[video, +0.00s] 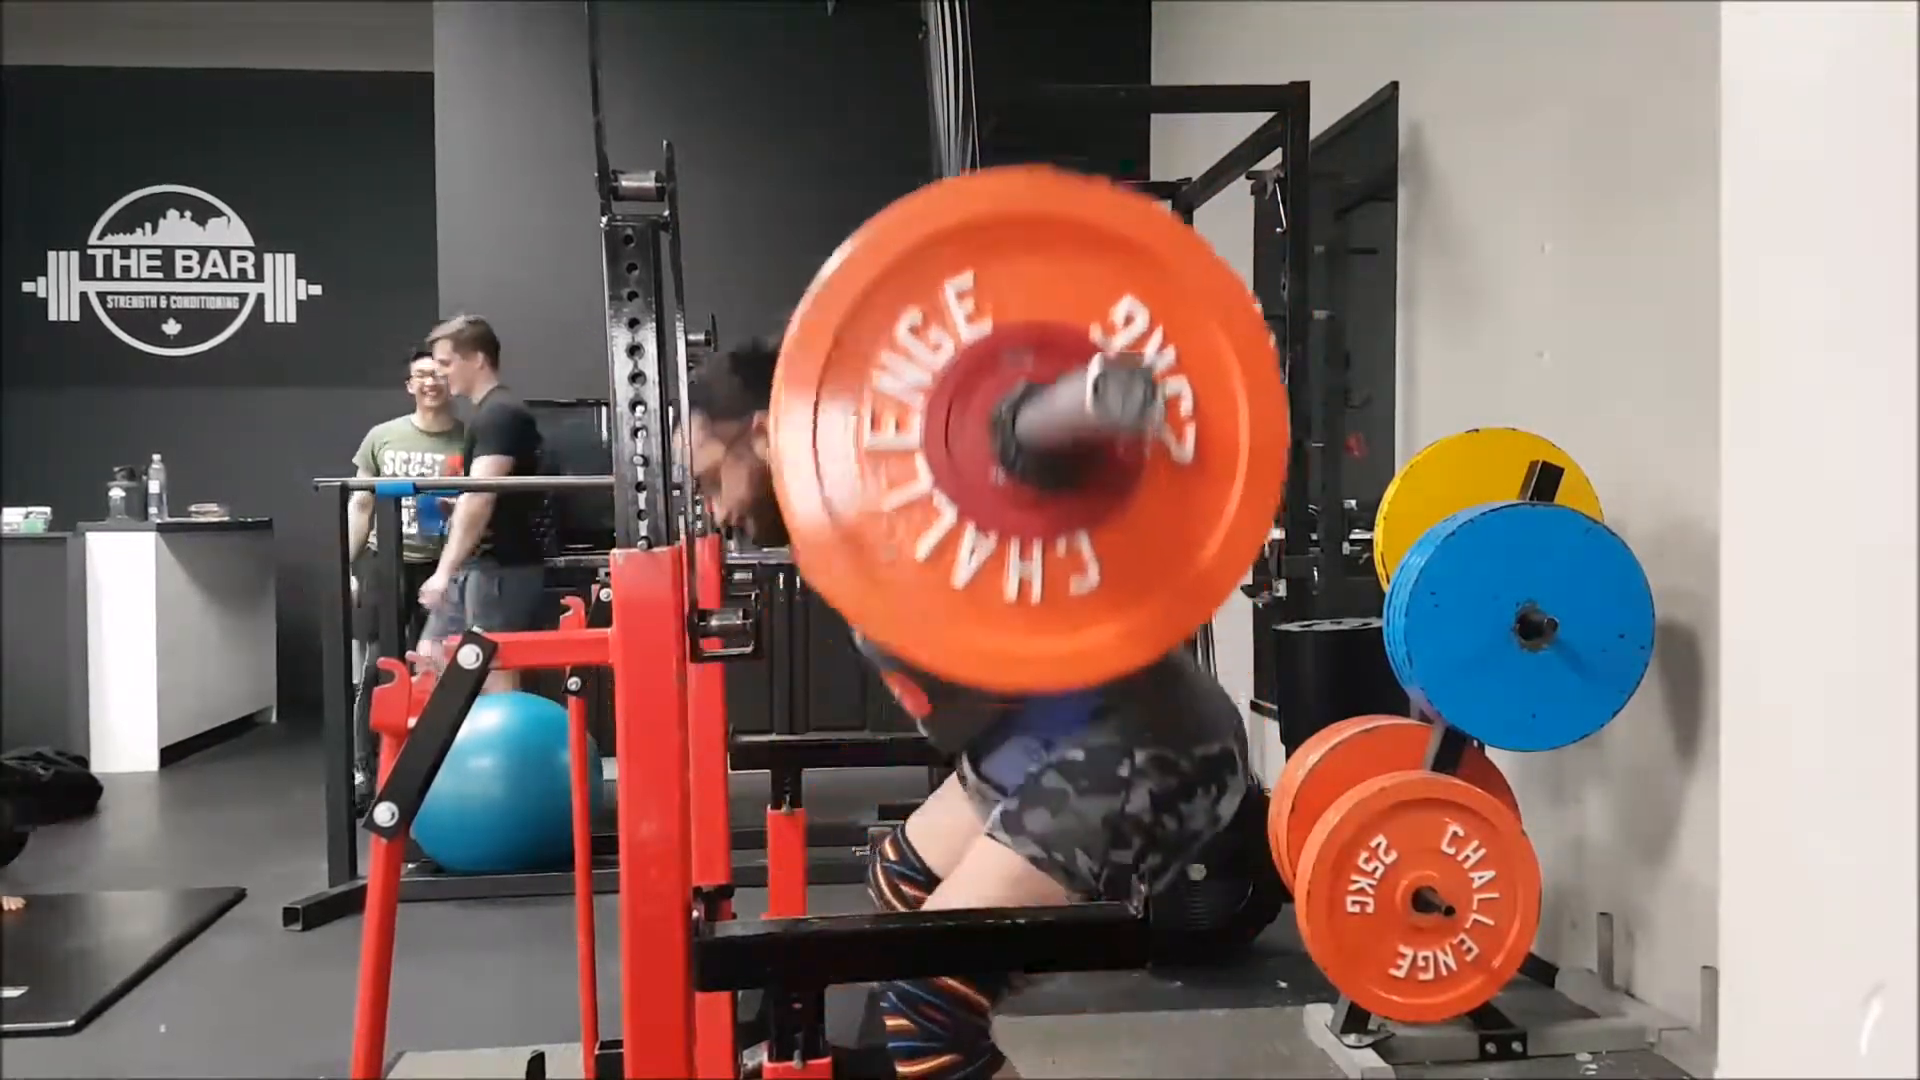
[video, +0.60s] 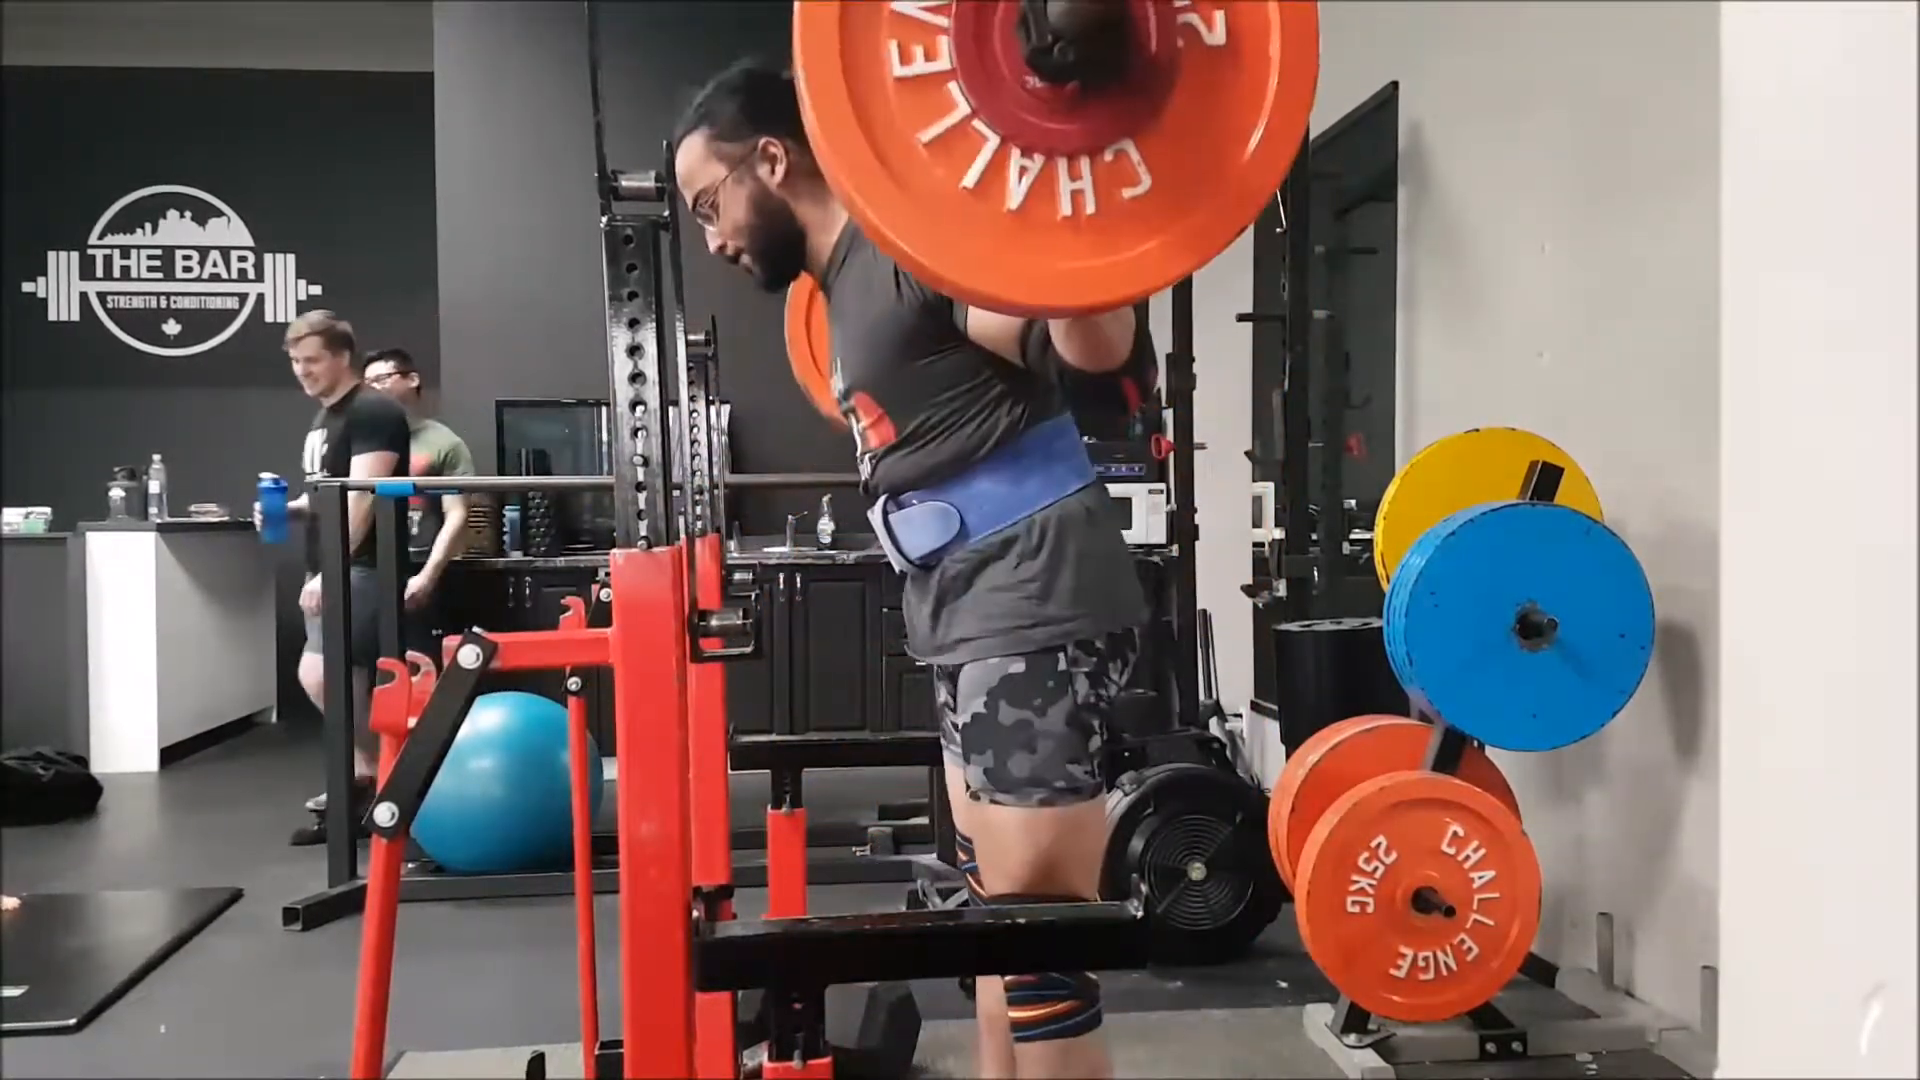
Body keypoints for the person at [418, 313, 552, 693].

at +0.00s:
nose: (440, 372)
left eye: (447, 362)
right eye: (439, 364)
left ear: (477, 360)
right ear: (473, 362)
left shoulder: (500, 414)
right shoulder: (487, 413)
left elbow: (479, 499)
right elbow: (479, 497)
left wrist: (443, 573)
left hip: (501, 570)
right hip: (481, 568)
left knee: (497, 687)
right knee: (432, 665)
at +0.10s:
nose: (415, 373)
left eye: (423, 362)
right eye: (413, 364)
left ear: (456, 360)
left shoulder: (480, 413)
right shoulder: (462, 415)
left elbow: (450, 498)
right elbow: (442, 497)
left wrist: (407, 556)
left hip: (485, 566)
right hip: (450, 564)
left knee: (485, 678)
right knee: (415, 652)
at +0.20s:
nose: (392, 376)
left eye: (398, 365)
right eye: (390, 368)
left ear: (432, 362)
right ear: (429, 363)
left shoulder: (457, 416)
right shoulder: (433, 421)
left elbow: (429, 501)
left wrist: (382, 545)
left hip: (464, 573)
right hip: (426, 573)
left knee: (471, 692)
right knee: (422, 688)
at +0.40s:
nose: (403, 385)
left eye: (411, 376)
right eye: (398, 379)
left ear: (439, 380)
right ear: (392, 383)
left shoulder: (469, 445)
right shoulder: (392, 447)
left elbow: (489, 515)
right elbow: (377, 513)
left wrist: (488, 583)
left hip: (453, 570)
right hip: (399, 573)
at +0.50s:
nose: (389, 388)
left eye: (396, 378)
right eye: (383, 382)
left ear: (425, 379)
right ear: (378, 387)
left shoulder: (459, 444)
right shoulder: (378, 445)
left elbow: (472, 514)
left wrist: (457, 580)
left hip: (434, 568)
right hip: (383, 568)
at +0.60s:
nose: (374, 388)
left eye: (383, 378)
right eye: (369, 383)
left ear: (413, 381)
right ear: (364, 388)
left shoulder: (443, 443)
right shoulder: (364, 445)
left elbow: (456, 516)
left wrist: (427, 577)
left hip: (419, 572)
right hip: (370, 571)